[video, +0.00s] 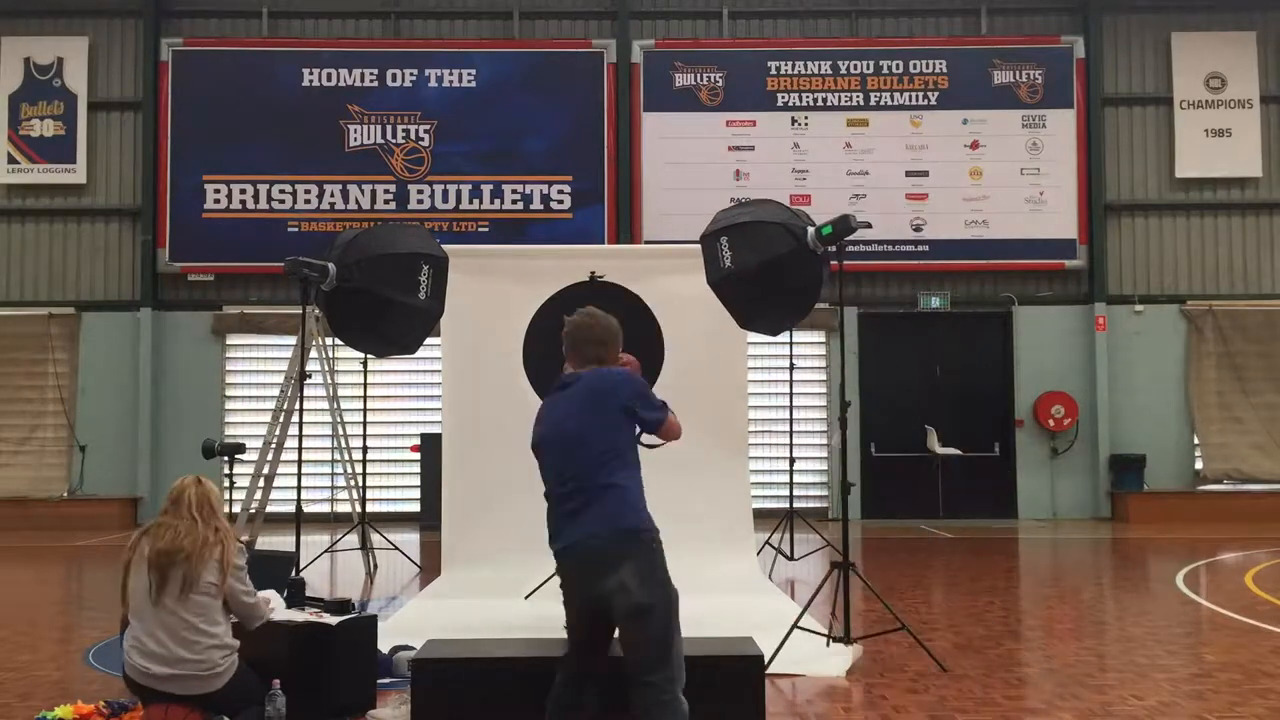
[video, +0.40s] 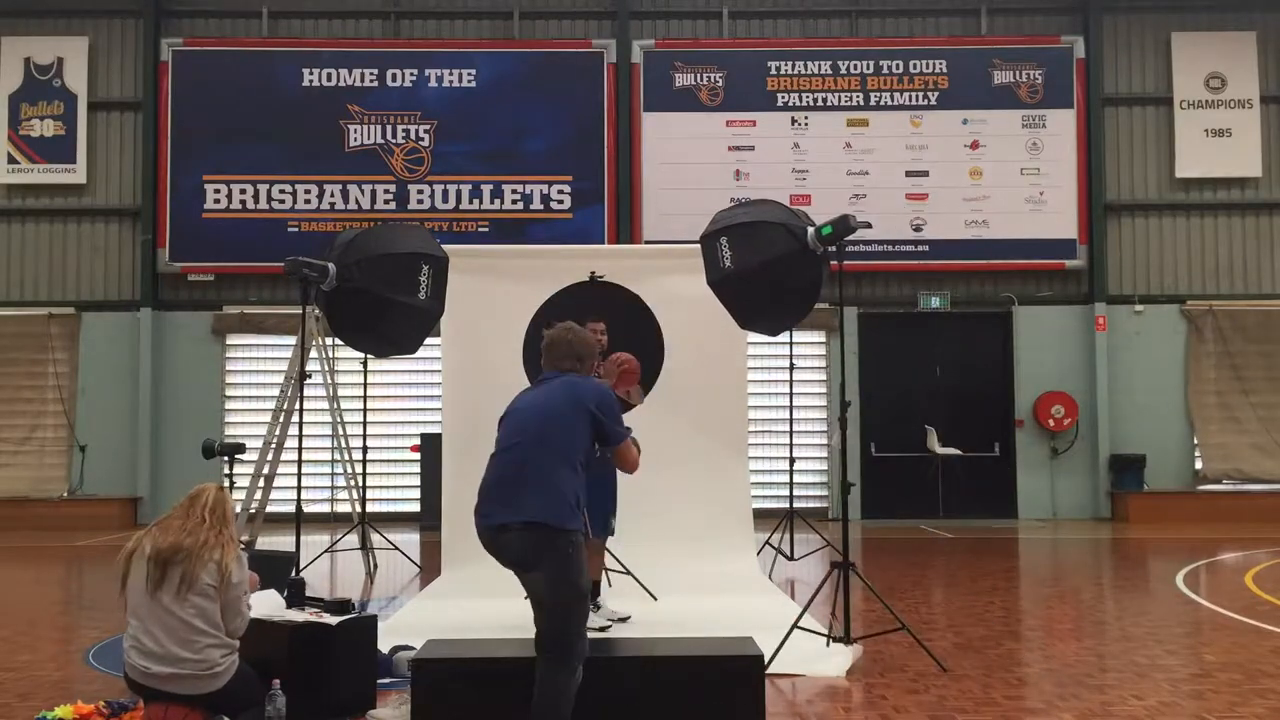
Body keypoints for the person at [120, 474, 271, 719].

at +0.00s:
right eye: (219, 506)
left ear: (170, 504)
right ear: (213, 509)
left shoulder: (142, 540)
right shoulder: (225, 545)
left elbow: (131, 609)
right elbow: (252, 616)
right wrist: (264, 602)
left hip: (142, 679)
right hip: (207, 681)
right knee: (255, 702)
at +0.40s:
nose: (233, 524)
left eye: (233, 517)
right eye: (232, 517)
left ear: (185, 508)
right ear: (225, 517)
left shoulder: (143, 541)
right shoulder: (227, 553)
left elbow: (131, 609)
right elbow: (235, 627)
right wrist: (246, 589)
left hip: (140, 678)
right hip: (205, 683)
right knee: (254, 703)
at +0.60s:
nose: (220, 516)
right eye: (216, 510)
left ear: (167, 507)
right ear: (210, 512)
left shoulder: (138, 542)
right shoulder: (224, 549)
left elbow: (129, 605)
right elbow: (261, 615)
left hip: (140, 679)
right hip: (205, 683)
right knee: (255, 700)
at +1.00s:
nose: (228, 515)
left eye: (228, 507)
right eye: (225, 508)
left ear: (174, 511)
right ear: (214, 511)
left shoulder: (147, 548)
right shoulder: (223, 552)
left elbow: (130, 606)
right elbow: (233, 621)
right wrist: (249, 657)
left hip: (139, 679)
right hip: (199, 684)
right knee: (257, 695)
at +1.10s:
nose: (220, 517)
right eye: (217, 511)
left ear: (168, 506)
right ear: (210, 513)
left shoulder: (133, 543)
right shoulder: (212, 558)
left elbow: (122, 612)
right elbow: (223, 634)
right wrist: (242, 652)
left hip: (132, 679)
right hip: (188, 683)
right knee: (256, 693)